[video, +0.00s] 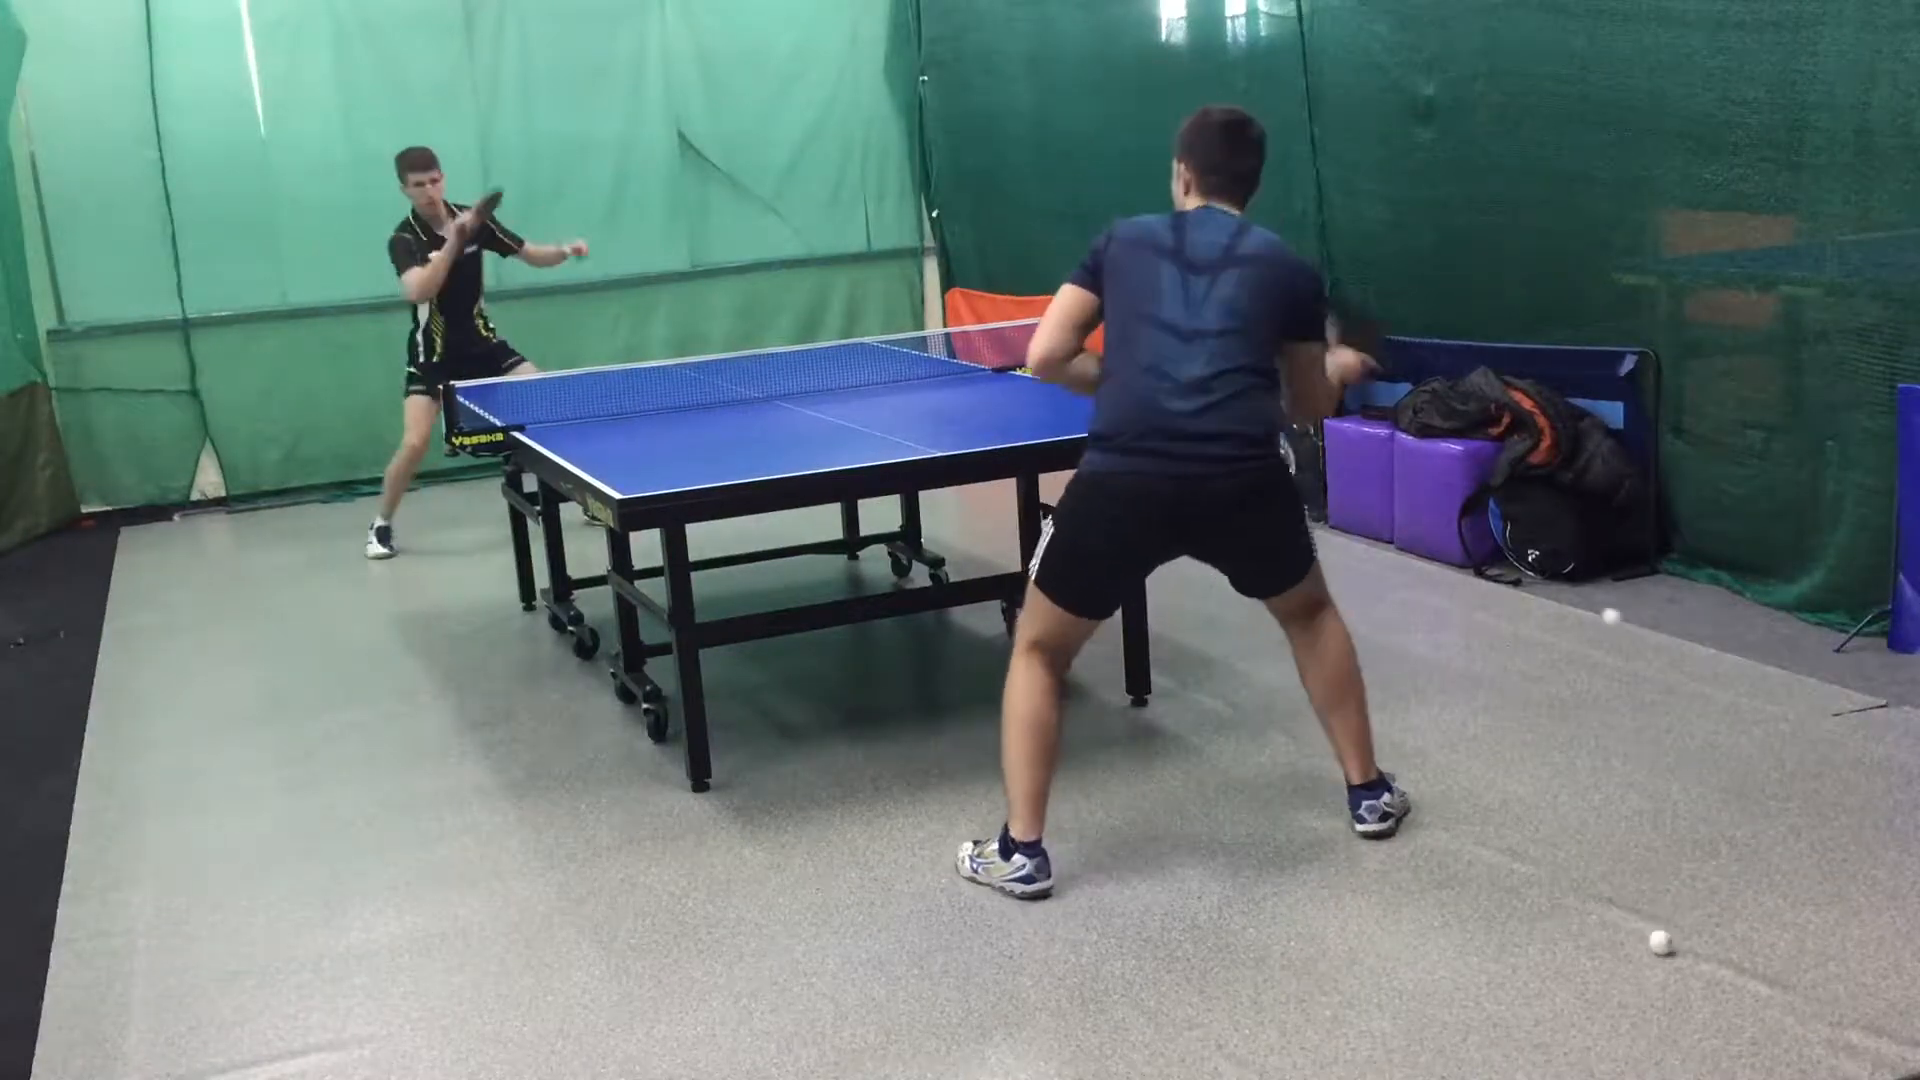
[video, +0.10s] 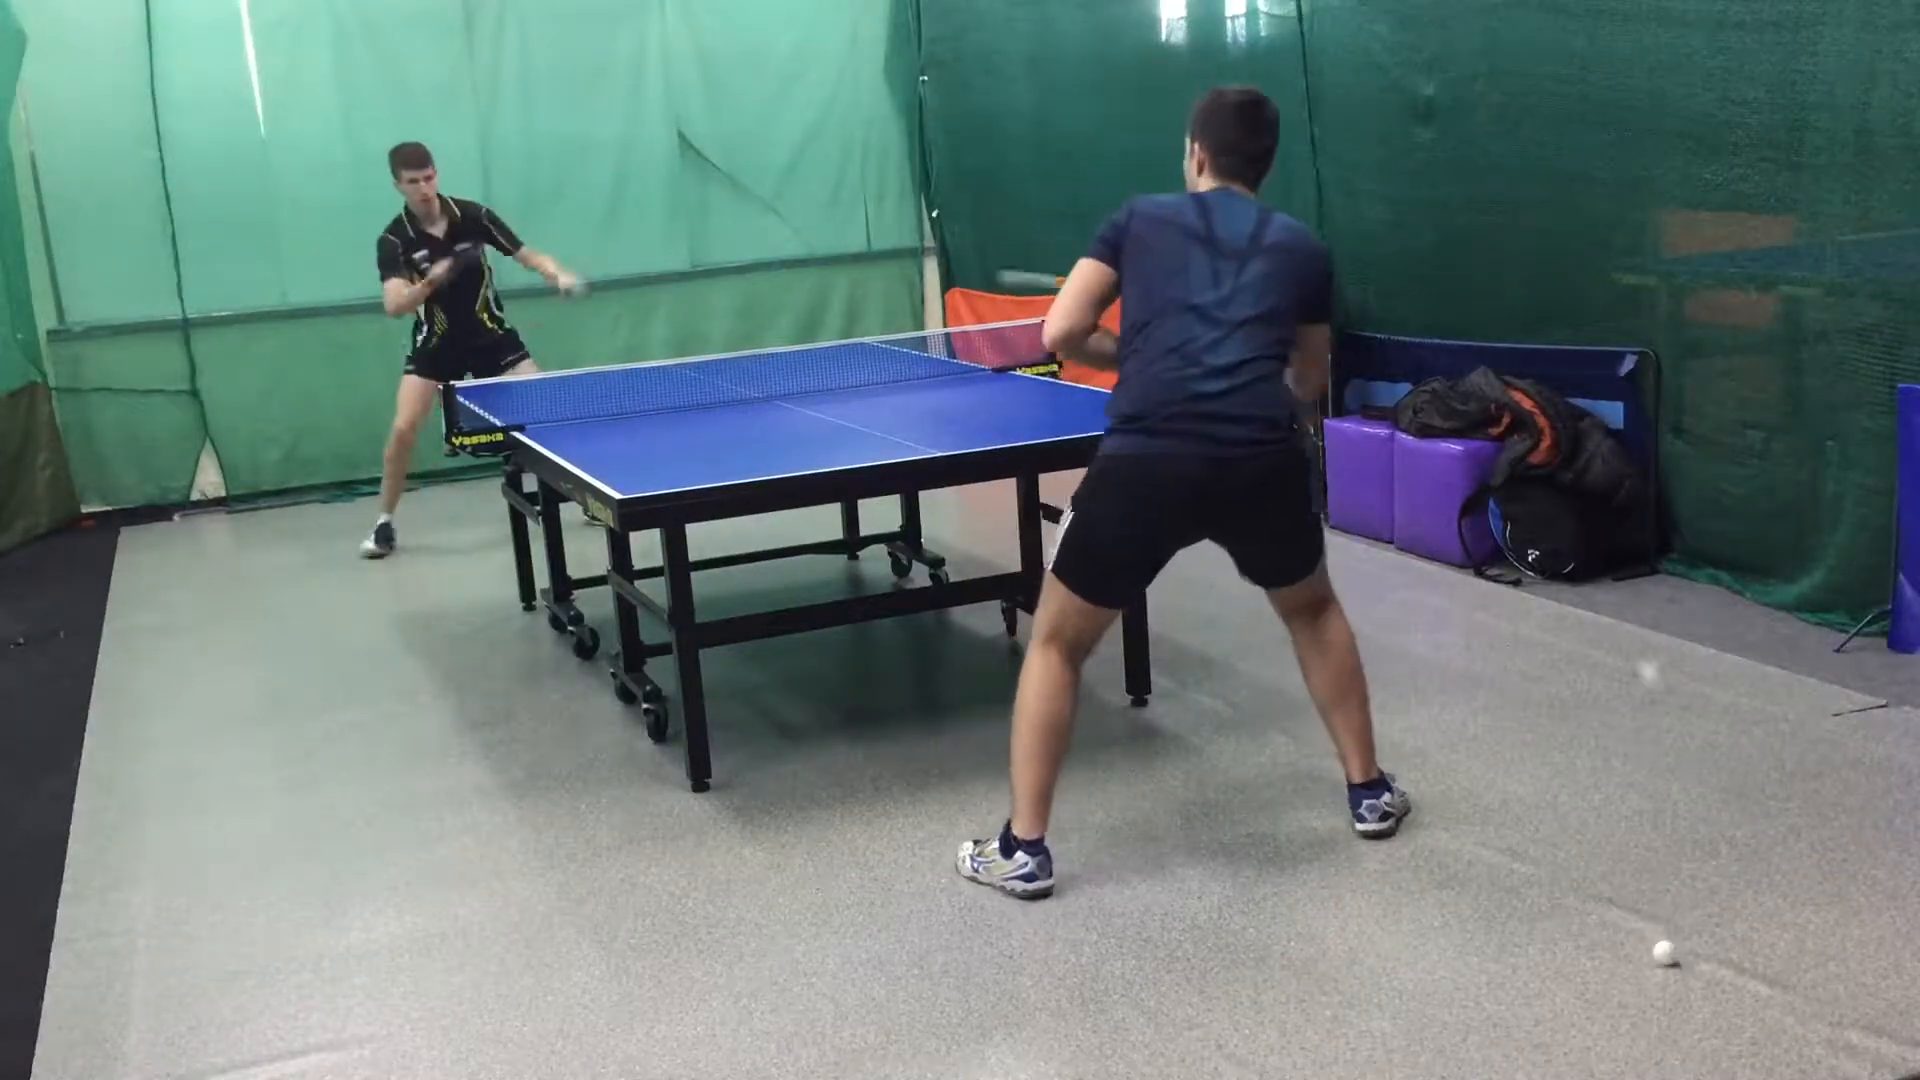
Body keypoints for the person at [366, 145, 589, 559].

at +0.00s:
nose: (431, 190)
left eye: (435, 181)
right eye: (420, 184)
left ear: (443, 179)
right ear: (405, 189)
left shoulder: (473, 219)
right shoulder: (405, 238)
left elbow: (529, 254)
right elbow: (418, 290)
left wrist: (563, 251)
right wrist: (452, 244)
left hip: (482, 342)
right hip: (432, 353)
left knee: (550, 396)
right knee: (416, 443)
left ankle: (589, 493)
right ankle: (382, 524)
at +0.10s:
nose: (426, 188)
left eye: (429, 178)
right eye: (415, 182)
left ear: (437, 174)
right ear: (399, 185)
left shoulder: (474, 216)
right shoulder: (395, 239)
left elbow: (526, 255)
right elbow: (393, 304)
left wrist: (555, 273)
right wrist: (429, 282)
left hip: (489, 334)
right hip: (435, 342)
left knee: (548, 400)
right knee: (403, 428)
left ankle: (591, 495)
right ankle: (384, 522)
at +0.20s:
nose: (408, 194)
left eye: (412, 184)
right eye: (397, 188)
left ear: (421, 179)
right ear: (382, 190)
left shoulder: (454, 219)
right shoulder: (381, 242)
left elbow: (505, 272)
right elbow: (380, 304)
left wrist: (514, 310)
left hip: (485, 323)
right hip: (436, 332)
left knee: (541, 396)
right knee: (400, 422)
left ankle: (566, 480)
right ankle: (406, 516)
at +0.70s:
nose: (445, 175)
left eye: (450, 166)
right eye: (436, 169)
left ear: (464, 162)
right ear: (428, 174)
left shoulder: (501, 203)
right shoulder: (433, 214)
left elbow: (564, 240)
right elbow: (467, 233)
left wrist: (581, 224)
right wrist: (497, 190)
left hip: (521, 337)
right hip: (472, 350)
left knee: (580, 396)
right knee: (454, 441)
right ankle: (413, 517)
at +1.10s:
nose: (437, 198)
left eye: (441, 188)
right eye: (427, 192)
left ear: (449, 183)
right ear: (413, 195)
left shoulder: (483, 224)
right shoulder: (413, 243)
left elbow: (521, 289)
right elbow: (413, 314)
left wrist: (513, 329)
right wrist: (399, 338)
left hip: (510, 317)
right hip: (463, 327)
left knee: (562, 394)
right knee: (425, 417)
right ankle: (418, 511)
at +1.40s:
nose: (433, 218)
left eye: (437, 207)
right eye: (423, 212)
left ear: (450, 198)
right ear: (417, 214)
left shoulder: (490, 230)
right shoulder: (445, 255)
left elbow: (545, 264)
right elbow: (457, 325)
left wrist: (521, 297)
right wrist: (412, 349)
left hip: (544, 346)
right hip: (496, 348)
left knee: (560, 420)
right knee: (437, 417)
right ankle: (422, 511)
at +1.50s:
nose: (460, 194)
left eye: (463, 183)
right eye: (452, 188)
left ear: (479, 175)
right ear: (447, 192)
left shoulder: (530, 206)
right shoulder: (460, 237)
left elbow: (586, 232)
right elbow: (472, 299)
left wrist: (577, 239)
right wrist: (448, 294)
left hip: (559, 329)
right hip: (506, 337)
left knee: (597, 402)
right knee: (465, 414)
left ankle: (618, 491)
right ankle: (434, 506)